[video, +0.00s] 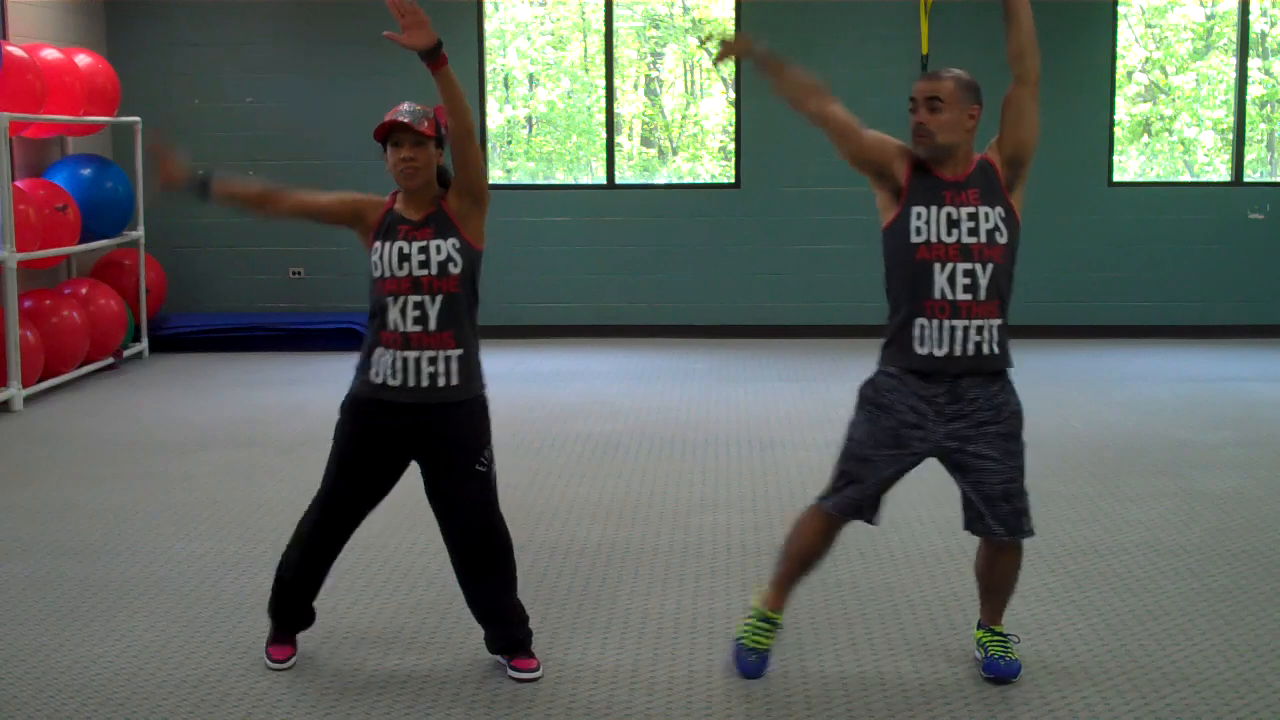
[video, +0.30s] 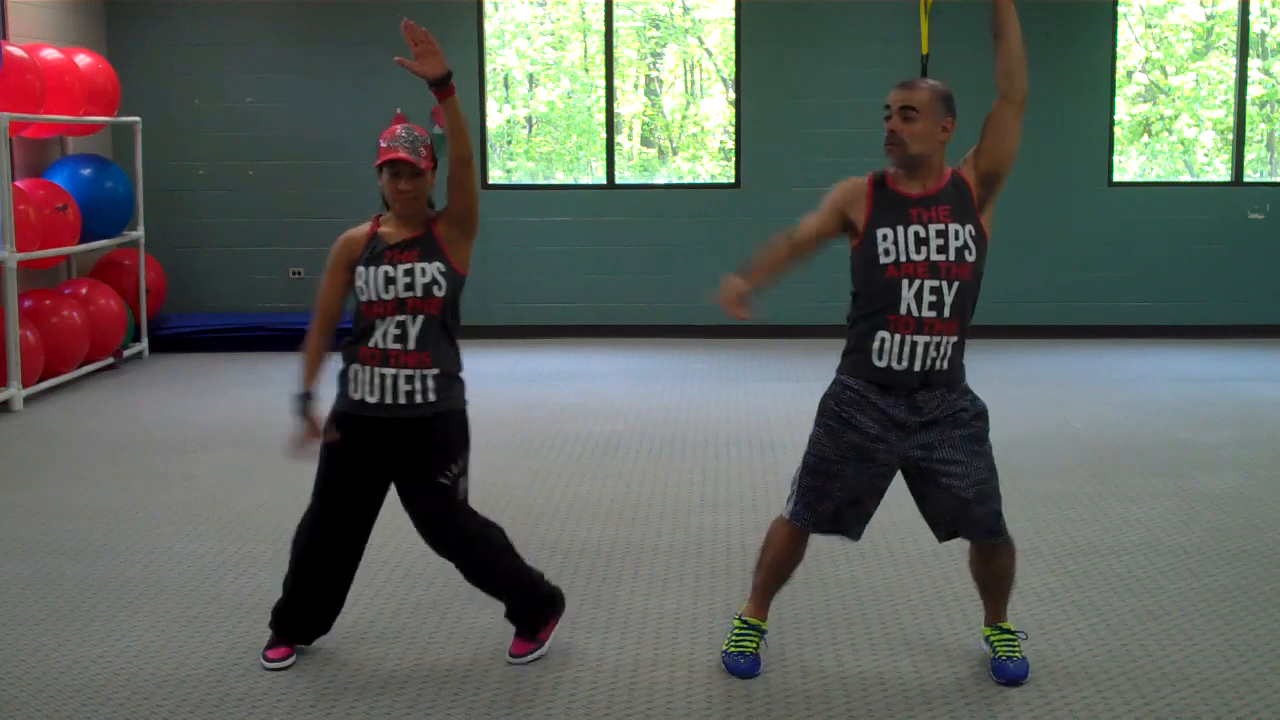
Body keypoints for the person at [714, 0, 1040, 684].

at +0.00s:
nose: (921, 117)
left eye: (936, 106)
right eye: (915, 107)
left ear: (974, 116)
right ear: (911, 117)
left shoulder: (1003, 171)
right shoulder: (895, 169)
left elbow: (1026, 77)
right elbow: (822, 105)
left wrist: (1016, 1)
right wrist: (756, 53)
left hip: (984, 394)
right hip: (902, 390)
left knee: (1004, 525)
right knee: (840, 504)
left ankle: (992, 631)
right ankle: (769, 609)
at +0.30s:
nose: (892, 125)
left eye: (908, 115)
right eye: (889, 114)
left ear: (946, 129)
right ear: (886, 123)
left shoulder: (975, 189)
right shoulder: (857, 195)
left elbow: (1013, 95)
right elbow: (795, 241)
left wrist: (1004, 4)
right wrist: (748, 280)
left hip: (944, 403)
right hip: (862, 399)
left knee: (990, 529)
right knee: (801, 517)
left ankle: (999, 627)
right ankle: (752, 618)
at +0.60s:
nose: (953, 121)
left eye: (965, 112)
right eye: (939, 112)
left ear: (982, 126)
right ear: (919, 128)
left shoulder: (1008, 177)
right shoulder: (902, 193)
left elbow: (1044, 89)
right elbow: (862, 192)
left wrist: (1020, 5)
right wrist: (890, 100)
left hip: (1010, 397)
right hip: (930, 395)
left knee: (1026, 535)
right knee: (876, 517)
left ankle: (999, 631)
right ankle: (845, 609)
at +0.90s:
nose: (973, 112)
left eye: (985, 102)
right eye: (958, 104)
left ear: (1003, 117)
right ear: (940, 122)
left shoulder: (1027, 175)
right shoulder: (926, 182)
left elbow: (1038, 74)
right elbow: (920, 84)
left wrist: (1024, 1)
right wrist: (950, 3)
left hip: (1016, 392)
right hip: (937, 393)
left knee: (1031, 526)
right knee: (919, 523)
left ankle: (1001, 625)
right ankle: (939, 624)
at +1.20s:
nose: (1033, 123)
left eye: (1033, 114)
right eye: (1019, 112)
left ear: (1029, 130)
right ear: (979, 129)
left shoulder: (1043, 183)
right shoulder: (940, 185)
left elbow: (1104, 109)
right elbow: (930, 88)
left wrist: (1135, 31)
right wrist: (975, 14)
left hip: (1034, 396)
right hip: (955, 400)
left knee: (1092, 517)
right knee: (946, 534)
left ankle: (1091, 615)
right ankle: (949, 631)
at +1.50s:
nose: (1070, 117)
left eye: (1068, 107)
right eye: (1056, 108)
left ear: (1049, 123)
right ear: (1013, 125)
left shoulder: (1088, 180)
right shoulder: (976, 184)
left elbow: (1174, 195)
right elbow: (961, 85)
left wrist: (1251, 207)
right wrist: (988, 7)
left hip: (1085, 391)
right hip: (1005, 397)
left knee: (1122, 513)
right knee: (964, 523)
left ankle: (1143, 623)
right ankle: (947, 624)